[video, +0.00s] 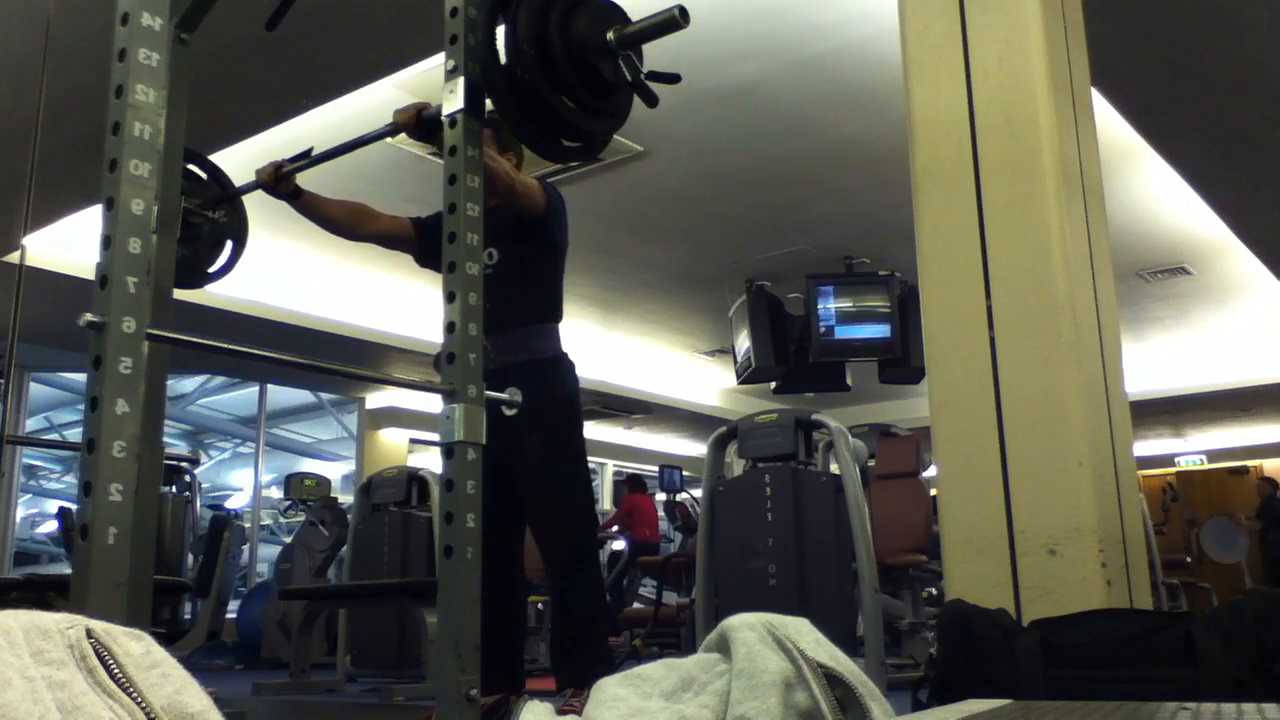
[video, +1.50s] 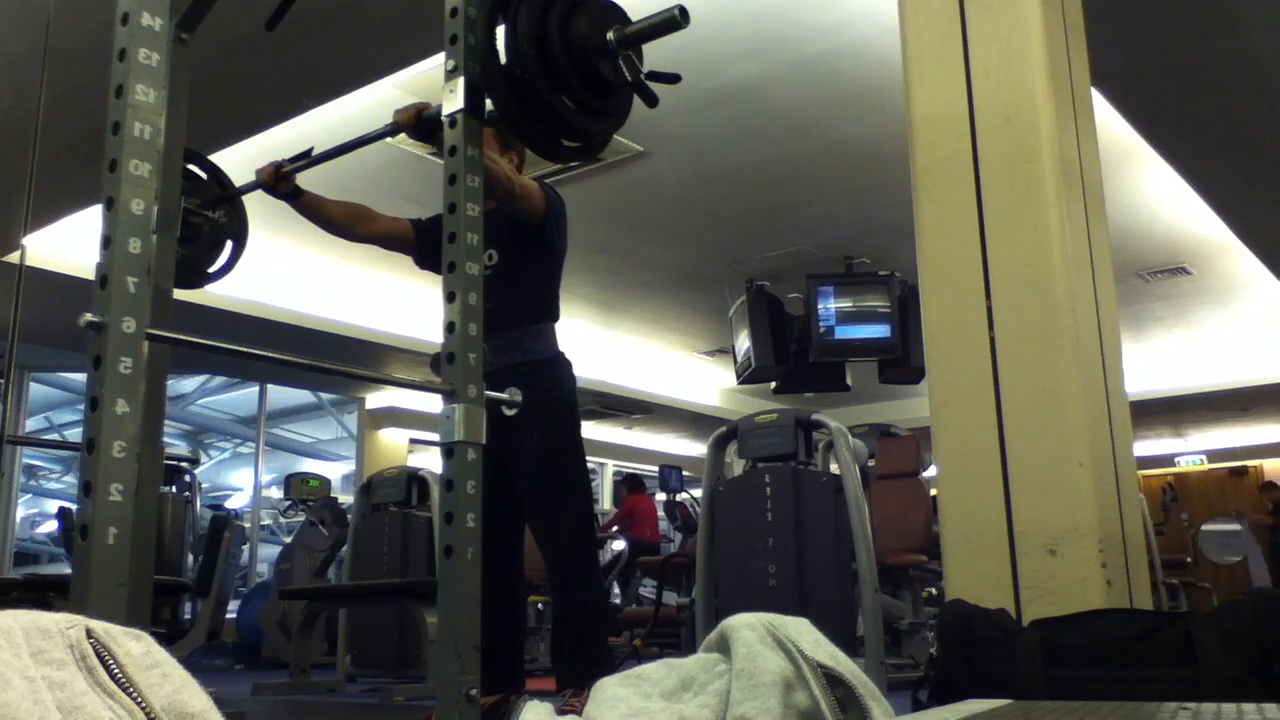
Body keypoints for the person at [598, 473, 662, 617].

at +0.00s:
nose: (626, 490)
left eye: (627, 487)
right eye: (626, 487)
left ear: (630, 487)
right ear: (644, 487)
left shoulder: (630, 500)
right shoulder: (650, 500)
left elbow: (616, 519)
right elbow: (636, 522)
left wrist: (600, 529)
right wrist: (618, 531)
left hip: (637, 547)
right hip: (654, 547)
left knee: (613, 559)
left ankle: (618, 602)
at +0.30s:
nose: (624, 490)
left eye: (625, 487)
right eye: (624, 487)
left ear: (630, 487)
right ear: (642, 486)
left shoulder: (630, 500)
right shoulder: (649, 500)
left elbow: (615, 521)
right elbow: (634, 523)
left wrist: (599, 530)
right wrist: (615, 534)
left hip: (636, 547)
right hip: (654, 547)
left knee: (605, 553)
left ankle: (611, 586)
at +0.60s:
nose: (624, 491)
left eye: (625, 488)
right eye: (624, 488)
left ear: (629, 488)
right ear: (641, 486)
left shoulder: (631, 501)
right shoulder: (649, 500)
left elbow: (617, 519)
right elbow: (634, 523)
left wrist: (602, 529)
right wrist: (617, 532)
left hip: (637, 546)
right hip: (654, 546)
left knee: (609, 569)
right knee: (625, 572)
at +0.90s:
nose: (625, 491)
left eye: (626, 488)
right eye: (626, 488)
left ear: (630, 488)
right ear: (643, 487)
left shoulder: (631, 500)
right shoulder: (650, 500)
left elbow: (616, 520)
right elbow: (639, 521)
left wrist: (601, 529)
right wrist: (621, 529)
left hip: (637, 547)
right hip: (654, 547)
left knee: (614, 559)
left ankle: (617, 602)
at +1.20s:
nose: (624, 490)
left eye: (625, 487)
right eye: (624, 487)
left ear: (629, 487)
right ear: (643, 486)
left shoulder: (631, 500)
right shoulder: (649, 500)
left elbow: (616, 520)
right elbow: (635, 522)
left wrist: (600, 530)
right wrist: (617, 533)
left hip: (636, 544)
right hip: (653, 545)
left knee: (605, 553)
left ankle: (610, 584)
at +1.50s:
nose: (623, 491)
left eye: (624, 487)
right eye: (623, 488)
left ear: (629, 487)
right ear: (642, 486)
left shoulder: (631, 500)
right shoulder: (649, 500)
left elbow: (617, 519)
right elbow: (635, 522)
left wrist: (601, 529)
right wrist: (618, 532)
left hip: (637, 545)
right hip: (654, 545)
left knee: (621, 573)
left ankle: (629, 601)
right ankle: (635, 600)